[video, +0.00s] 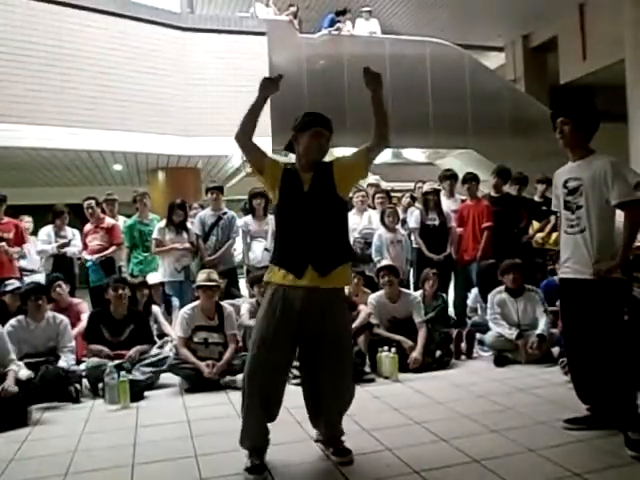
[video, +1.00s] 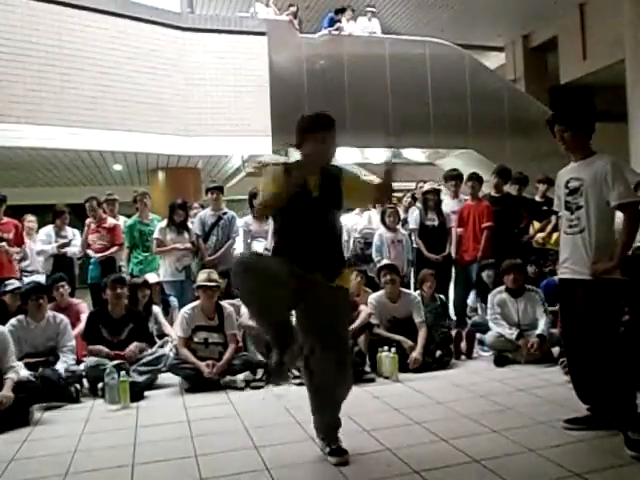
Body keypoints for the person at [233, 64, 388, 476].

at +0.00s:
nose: (320, 142)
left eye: (325, 138)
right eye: (313, 135)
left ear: (329, 145)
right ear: (295, 139)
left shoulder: (341, 172)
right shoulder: (276, 173)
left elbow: (380, 141)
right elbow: (244, 138)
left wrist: (377, 93)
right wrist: (262, 97)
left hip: (330, 291)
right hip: (283, 289)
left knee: (336, 371)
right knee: (262, 371)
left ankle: (330, 433)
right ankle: (255, 450)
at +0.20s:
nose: (325, 137)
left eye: (329, 133)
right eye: (318, 131)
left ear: (334, 141)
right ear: (299, 136)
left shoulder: (345, 170)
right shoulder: (281, 170)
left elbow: (384, 141)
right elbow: (251, 132)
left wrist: (384, 94)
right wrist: (273, 91)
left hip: (334, 286)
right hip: (288, 286)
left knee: (335, 366)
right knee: (264, 366)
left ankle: (330, 433)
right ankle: (260, 448)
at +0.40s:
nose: (321, 139)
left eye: (326, 135)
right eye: (315, 133)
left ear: (331, 142)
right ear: (297, 138)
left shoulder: (344, 173)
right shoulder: (282, 177)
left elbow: (388, 153)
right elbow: (247, 145)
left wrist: (390, 106)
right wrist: (266, 100)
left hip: (338, 289)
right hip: (291, 289)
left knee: (339, 367)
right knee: (272, 370)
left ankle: (331, 433)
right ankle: (263, 451)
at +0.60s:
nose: (311, 153)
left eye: (315, 144)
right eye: (303, 150)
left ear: (328, 141)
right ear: (297, 154)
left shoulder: (356, 183)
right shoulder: (294, 185)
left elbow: (403, 178)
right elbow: (255, 189)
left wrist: (378, 180)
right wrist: (227, 177)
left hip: (338, 289)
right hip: (295, 284)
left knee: (336, 365)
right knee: (279, 363)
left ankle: (330, 432)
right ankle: (268, 438)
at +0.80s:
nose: (336, 150)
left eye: (339, 144)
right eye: (332, 142)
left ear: (339, 143)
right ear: (312, 139)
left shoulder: (343, 177)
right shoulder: (283, 174)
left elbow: (388, 183)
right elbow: (261, 165)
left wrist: (428, 161)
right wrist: (297, 144)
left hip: (334, 284)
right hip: (293, 277)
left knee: (332, 365)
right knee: (242, 279)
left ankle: (330, 434)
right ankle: (280, 353)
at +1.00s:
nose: (325, 147)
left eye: (329, 140)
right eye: (318, 140)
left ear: (334, 144)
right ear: (301, 143)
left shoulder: (339, 179)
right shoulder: (279, 175)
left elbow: (377, 197)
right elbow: (259, 214)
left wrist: (385, 183)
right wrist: (289, 187)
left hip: (326, 281)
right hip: (283, 274)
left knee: (332, 364)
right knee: (245, 268)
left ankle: (328, 434)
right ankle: (284, 343)